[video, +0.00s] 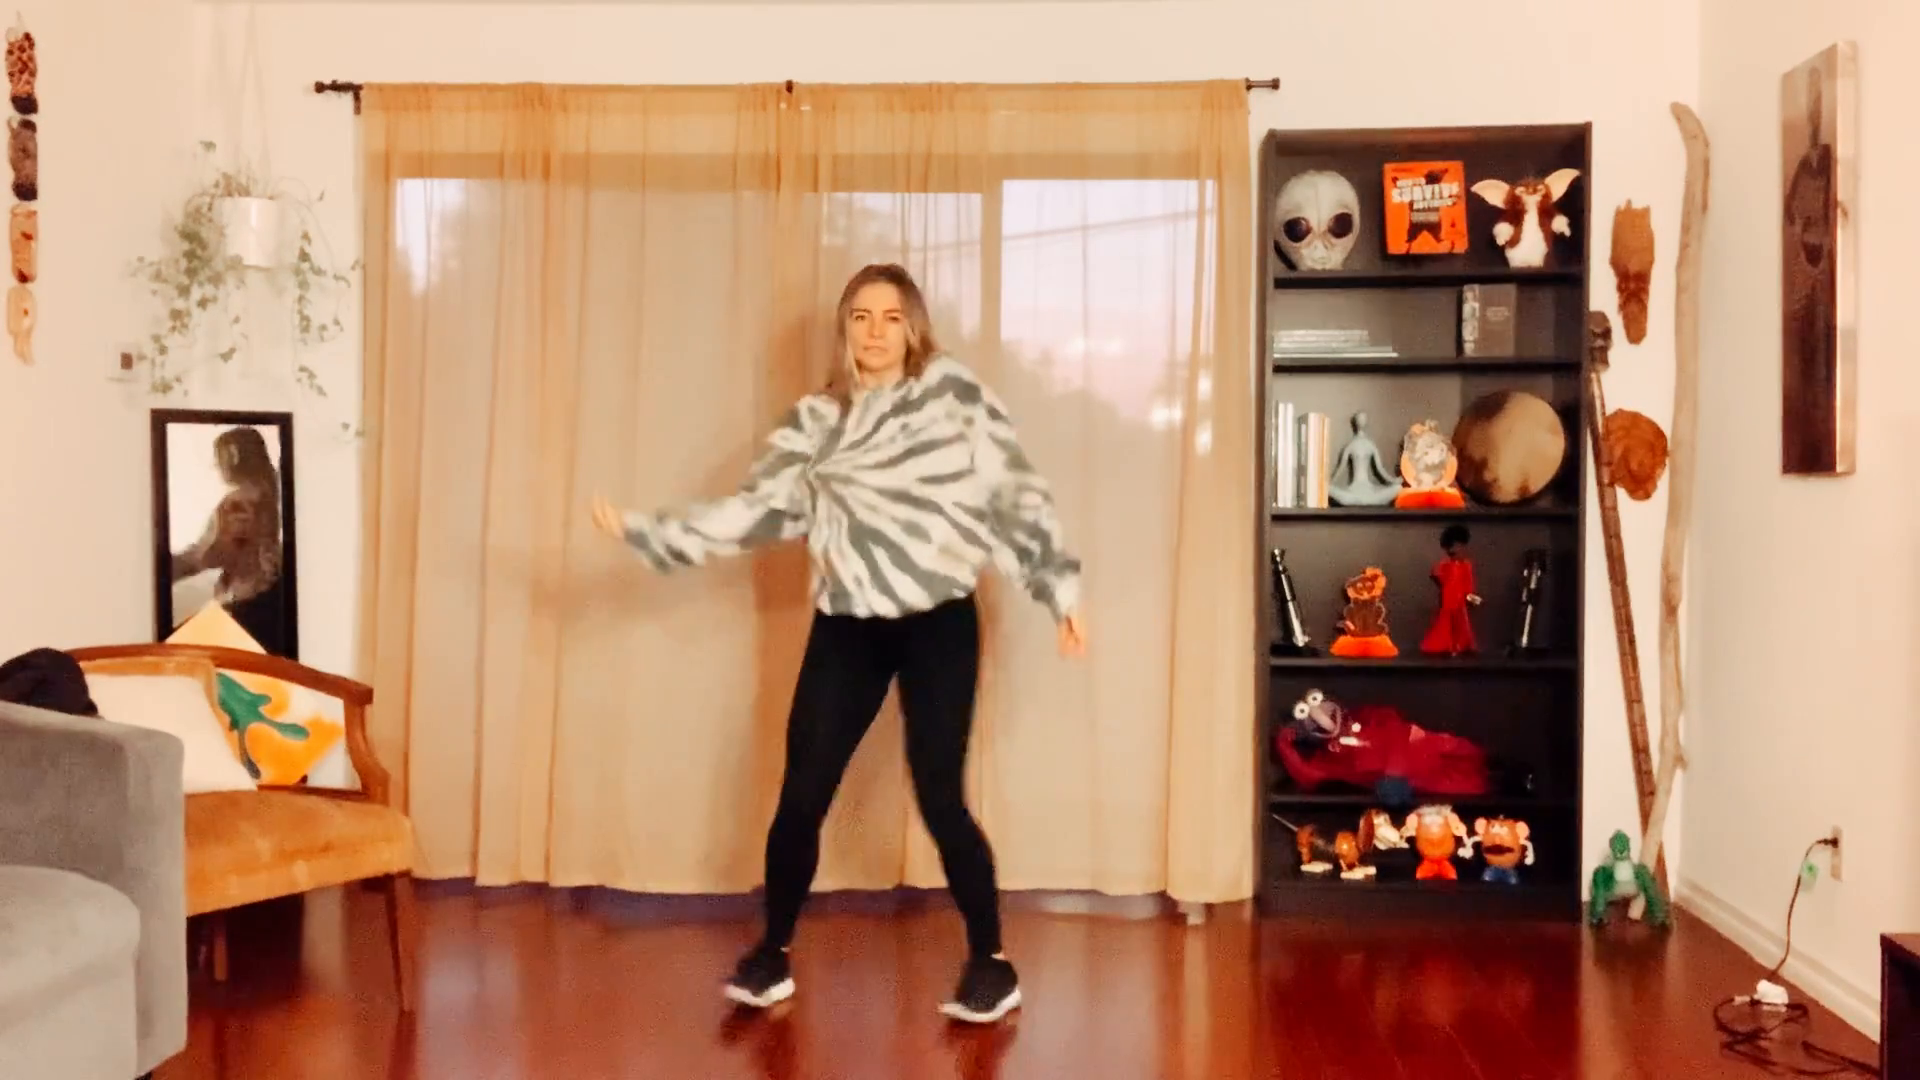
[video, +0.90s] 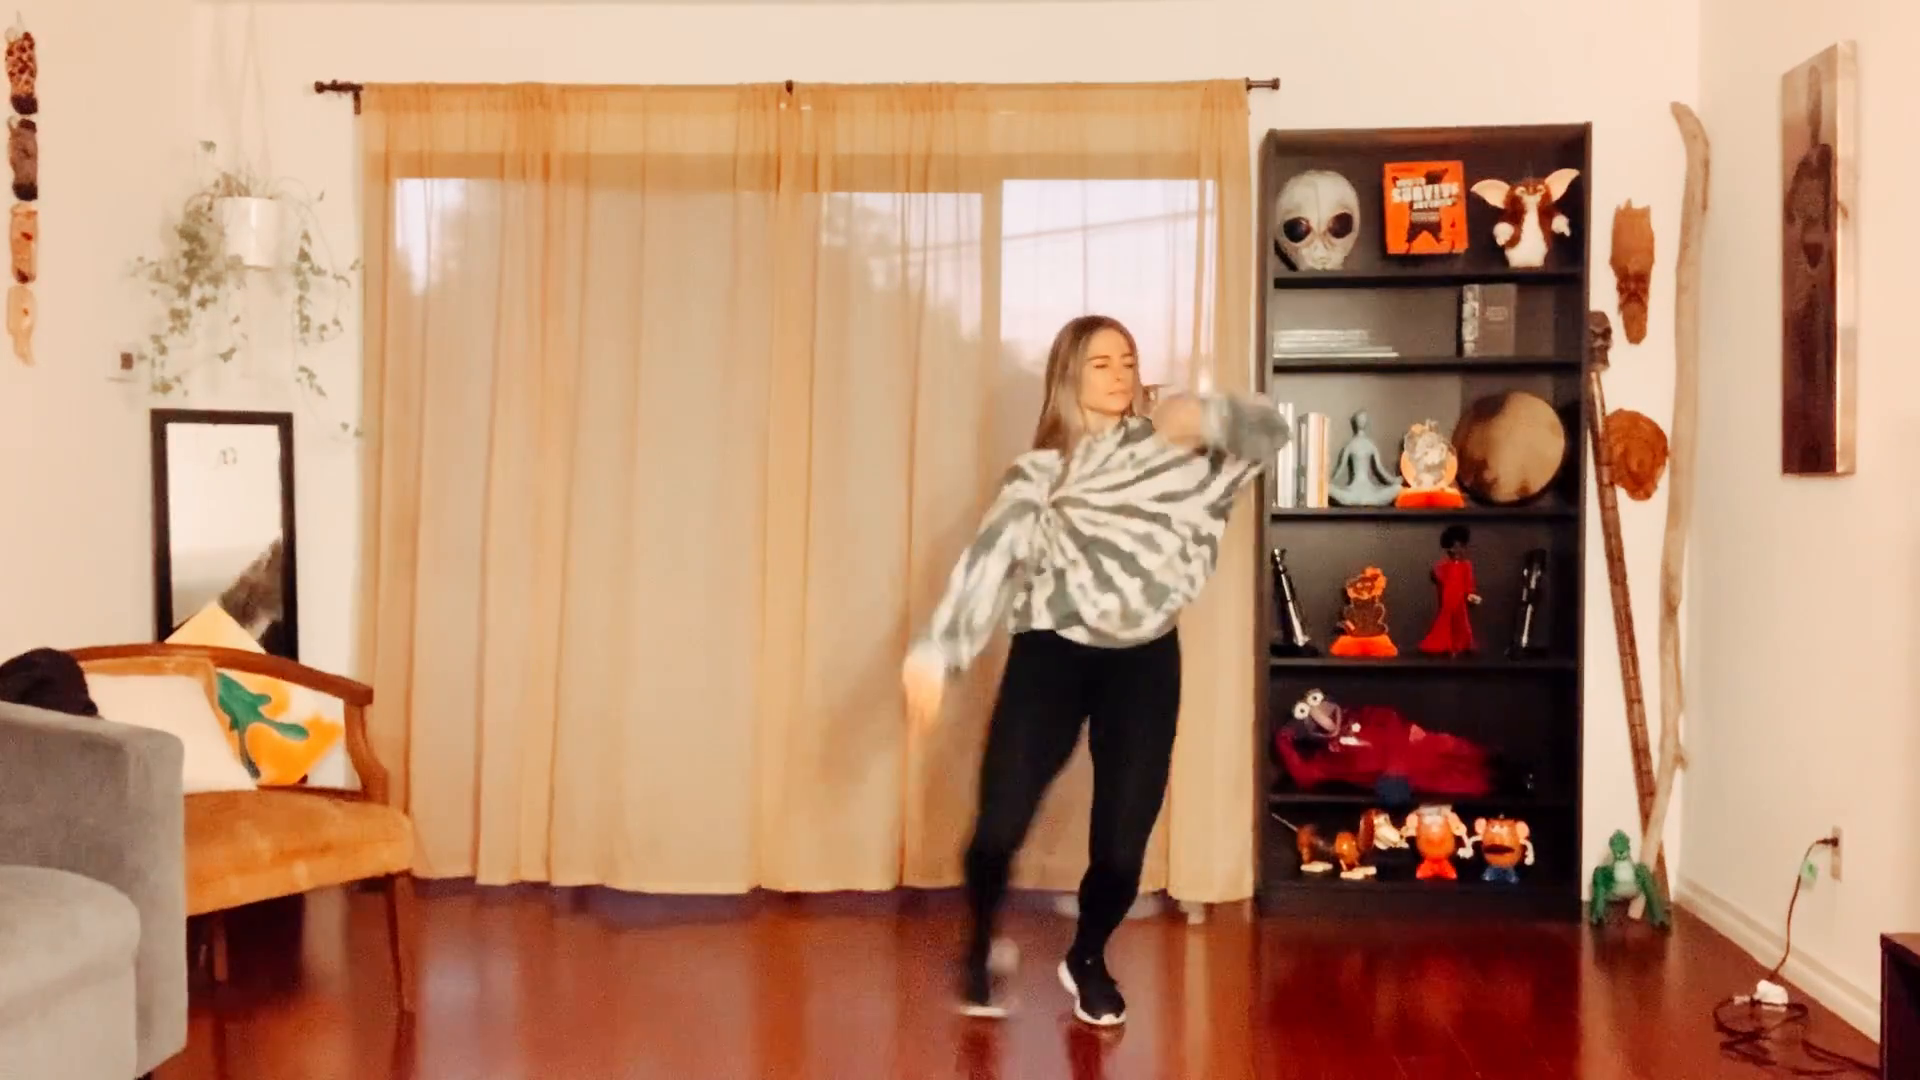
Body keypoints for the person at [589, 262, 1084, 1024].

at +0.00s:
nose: (875, 330)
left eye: (891, 318)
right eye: (862, 316)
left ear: (915, 329)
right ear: (843, 327)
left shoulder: (955, 400)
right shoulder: (819, 421)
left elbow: (1016, 494)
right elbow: (759, 510)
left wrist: (1058, 588)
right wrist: (646, 530)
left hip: (938, 620)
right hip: (848, 623)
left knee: (941, 802)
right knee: (802, 795)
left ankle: (990, 963)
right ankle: (771, 953)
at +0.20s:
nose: (889, 347)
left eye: (906, 343)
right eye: (878, 333)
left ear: (920, 367)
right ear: (849, 347)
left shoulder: (946, 446)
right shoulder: (807, 427)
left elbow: (1002, 560)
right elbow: (729, 438)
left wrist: (1073, 658)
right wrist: (667, 421)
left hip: (974, 640)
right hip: (878, 641)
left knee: (1054, 799)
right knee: (798, 800)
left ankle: (1038, 967)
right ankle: (760, 958)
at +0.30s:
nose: (952, 347)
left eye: (964, 339)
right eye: (937, 334)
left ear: (979, 357)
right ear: (906, 348)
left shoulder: (1007, 449)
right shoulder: (866, 430)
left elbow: (1072, 549)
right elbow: (792, 467)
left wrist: (1152, 605)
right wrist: (717, 456)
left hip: (987, 653)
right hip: (888, 648)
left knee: (1086, 800)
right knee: (801, 796)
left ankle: (1049, 969)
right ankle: (755, 955)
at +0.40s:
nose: (1018, 347)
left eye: (1033, 341)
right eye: (1004, 338)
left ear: (1054, 368)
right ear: (977, 359)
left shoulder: (1084, 462)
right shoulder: (934, 442)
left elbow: (1185, 508)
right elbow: (863, 522)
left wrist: (1303, 512)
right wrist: (800, 574)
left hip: (1002, 662)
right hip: (902, 647)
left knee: (1106, 805)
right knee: (807, 797)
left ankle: (1051, 969)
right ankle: (752, 955)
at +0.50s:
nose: (1055, 359)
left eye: (1070, 350)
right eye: (1040, 351)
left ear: (1091, 376)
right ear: (1021, 375)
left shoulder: (1129, 463)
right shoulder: (983, 459)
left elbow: (1236, 454)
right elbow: (925, 549)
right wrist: (865, 624)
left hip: (1028, 668)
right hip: (930, 650)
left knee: (1129, 817)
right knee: (831, 801)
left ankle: (1054, 972)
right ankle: (760, 954)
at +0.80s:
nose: (1108, 375)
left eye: (1118, 364)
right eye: (1089, 366)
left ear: (1132, 376)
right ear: (1059, 384)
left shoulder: (1176, 442)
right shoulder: (1034, 481)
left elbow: (1277, 435)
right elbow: (973, 597)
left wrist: (1242, 364)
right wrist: (924, 700)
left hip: (1121, 668)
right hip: (1025, 657)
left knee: (1139, 858)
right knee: (932, 820)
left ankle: (1082, 956)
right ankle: (877, 945)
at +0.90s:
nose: (1119, 373)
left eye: (1127, 362)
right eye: (1102, 363)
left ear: (1139, 375)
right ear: (1069, 376)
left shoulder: (1176, 463)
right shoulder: (1043, 473)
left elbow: (1272, 433)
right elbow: (988, 565)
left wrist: (1212, 413)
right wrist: (935, 650)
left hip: (1143, 661)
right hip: (1050, 656)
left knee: (1123, 847)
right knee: (998, 829)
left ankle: (1087, 957)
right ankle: (981, 952)